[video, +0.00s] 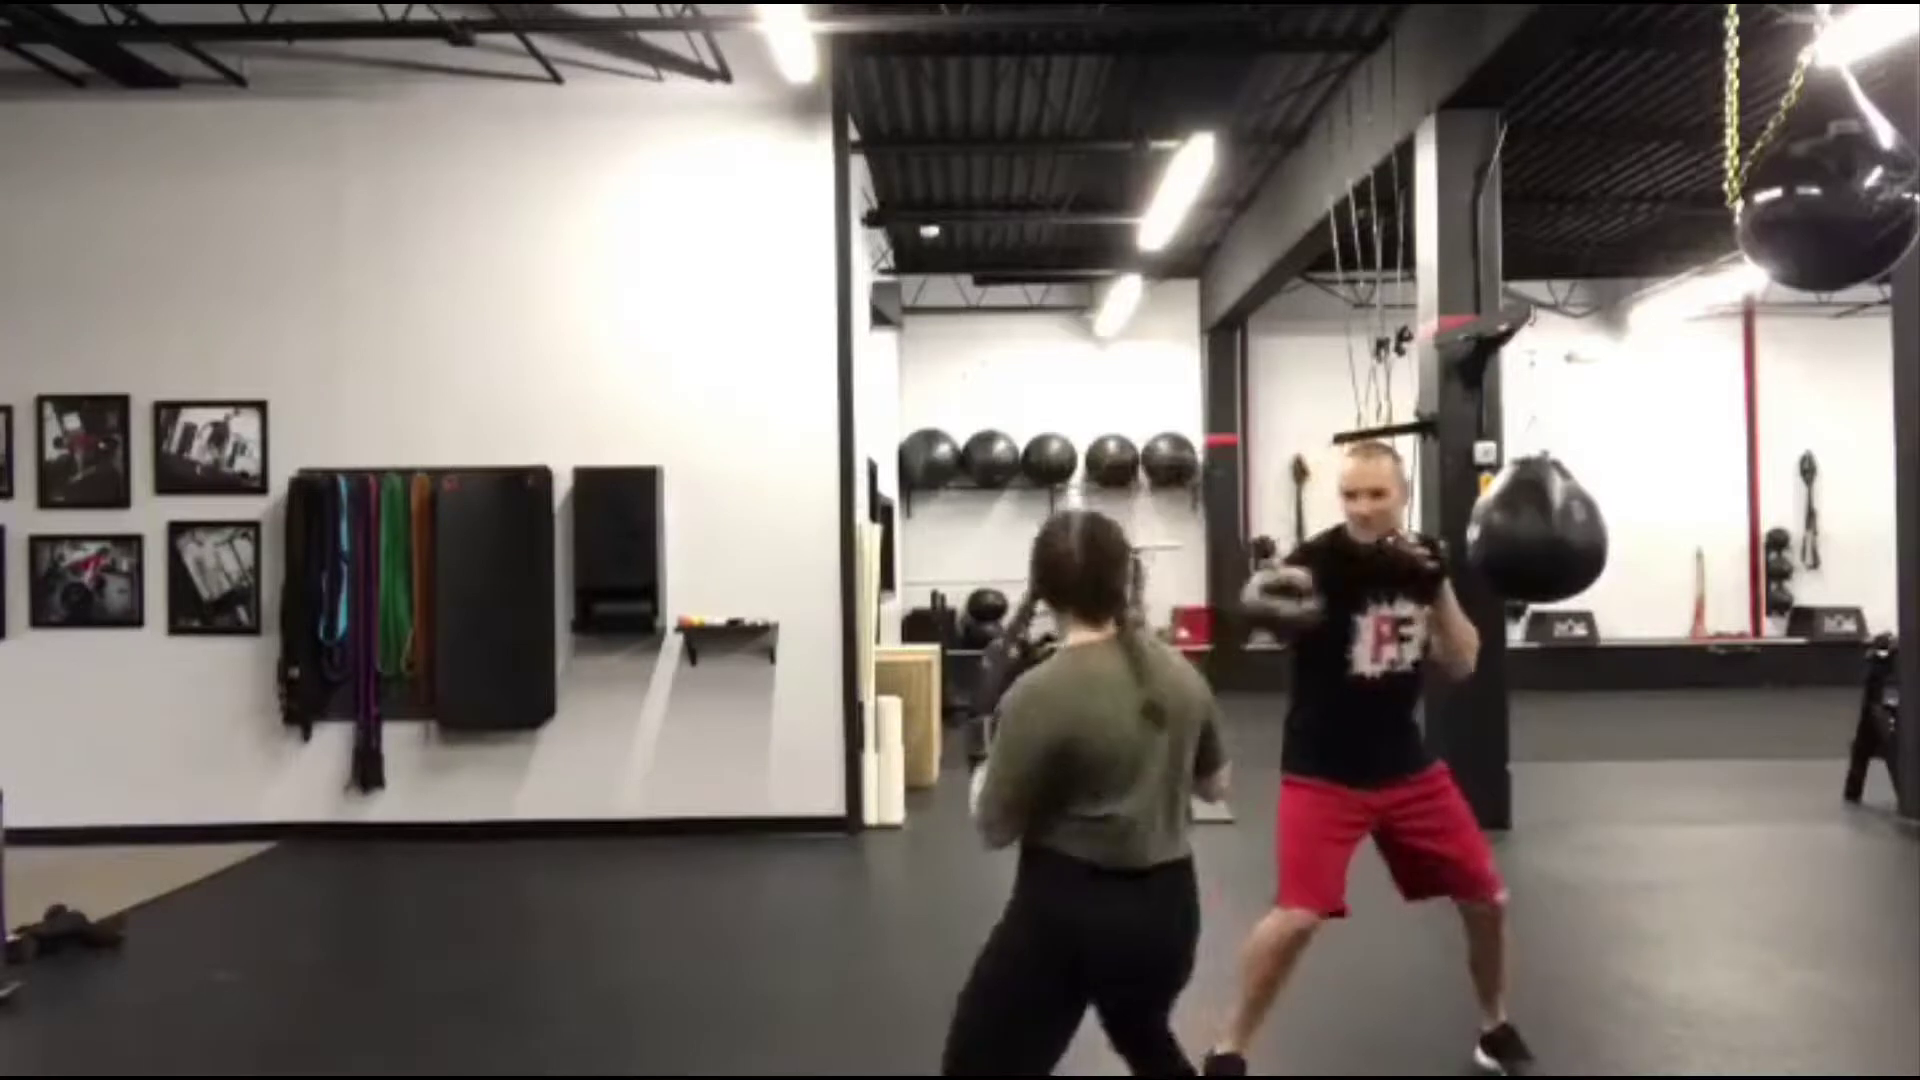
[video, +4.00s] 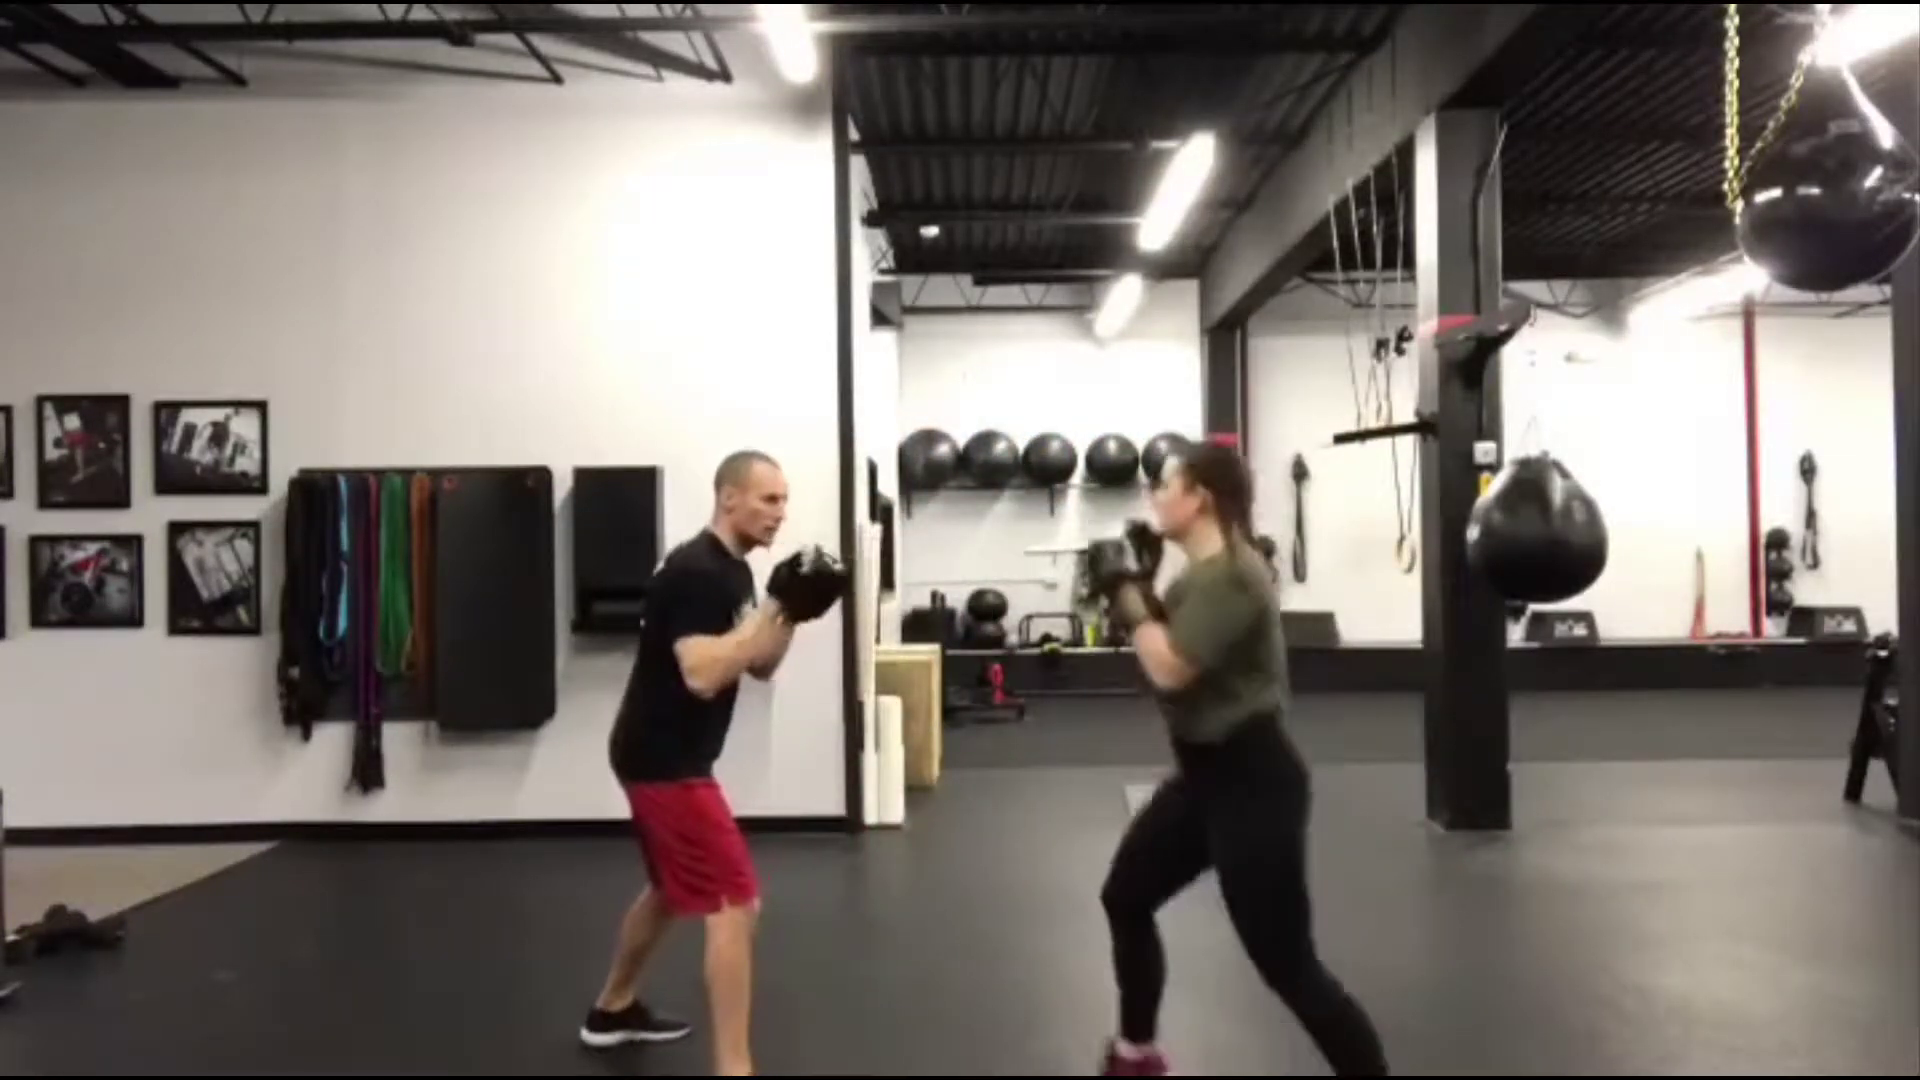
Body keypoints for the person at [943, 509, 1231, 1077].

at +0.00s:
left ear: (1045, 590)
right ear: (1124, 576)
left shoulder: (1041, 695)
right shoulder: (1178, 673)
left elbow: (995, 823)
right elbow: (1213, 779)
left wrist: (998, 738)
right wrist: (1138, 741)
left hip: (1061, 918)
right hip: (1164, 910)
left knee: (980, 1062)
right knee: (1146, 1035)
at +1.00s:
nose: (1176, 584)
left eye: (1183, 571)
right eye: (1182, 570)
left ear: (1195, 585)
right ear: (1276, 581)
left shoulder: (1175, 671)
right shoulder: (1320, 673)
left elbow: (1119, 786)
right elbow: (1339, 786)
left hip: (1229, 910)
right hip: (1328, 907)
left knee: (1219, 1060)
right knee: (1278, 1054)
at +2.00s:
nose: (1203, 554)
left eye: (1208, 540)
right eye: (1205, 540)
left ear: (1236, 551)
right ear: (1281, 548)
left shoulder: (1265, 636)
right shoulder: (1306, 623)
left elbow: (1213, 761)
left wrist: (1164, 681)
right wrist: (1213, 662)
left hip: (1317, 876)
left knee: (1314, 1061)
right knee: (1198, 957)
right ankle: (1243, 1069)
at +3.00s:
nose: (1177, 521)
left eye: (1186, 508)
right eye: (1181, 508)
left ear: (1215, 518)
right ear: (1226, 519)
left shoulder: (1259, 597)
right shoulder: (1240, 597)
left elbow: (1208, 706)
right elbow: (1212, 691)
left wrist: (1153, 635)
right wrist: (1169, 629)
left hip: (1301, 817)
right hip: (1263, 815)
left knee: (1321, 1020)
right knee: (1152, 912)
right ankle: (1197, 1064)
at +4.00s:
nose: (1154, 499)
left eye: (1165, 487)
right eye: (1159, 487)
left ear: (1199, 499)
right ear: (1202, 501)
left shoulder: (1230, 576)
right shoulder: (1201, 573)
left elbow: (1169, 669)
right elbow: (1175, 655)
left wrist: (1130, 595)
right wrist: (1137, 593)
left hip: (1254, 782)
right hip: (1208, 779)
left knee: (1285, 962)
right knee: (1126, 898)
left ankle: (1368, 1067)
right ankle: (1137, 1051)